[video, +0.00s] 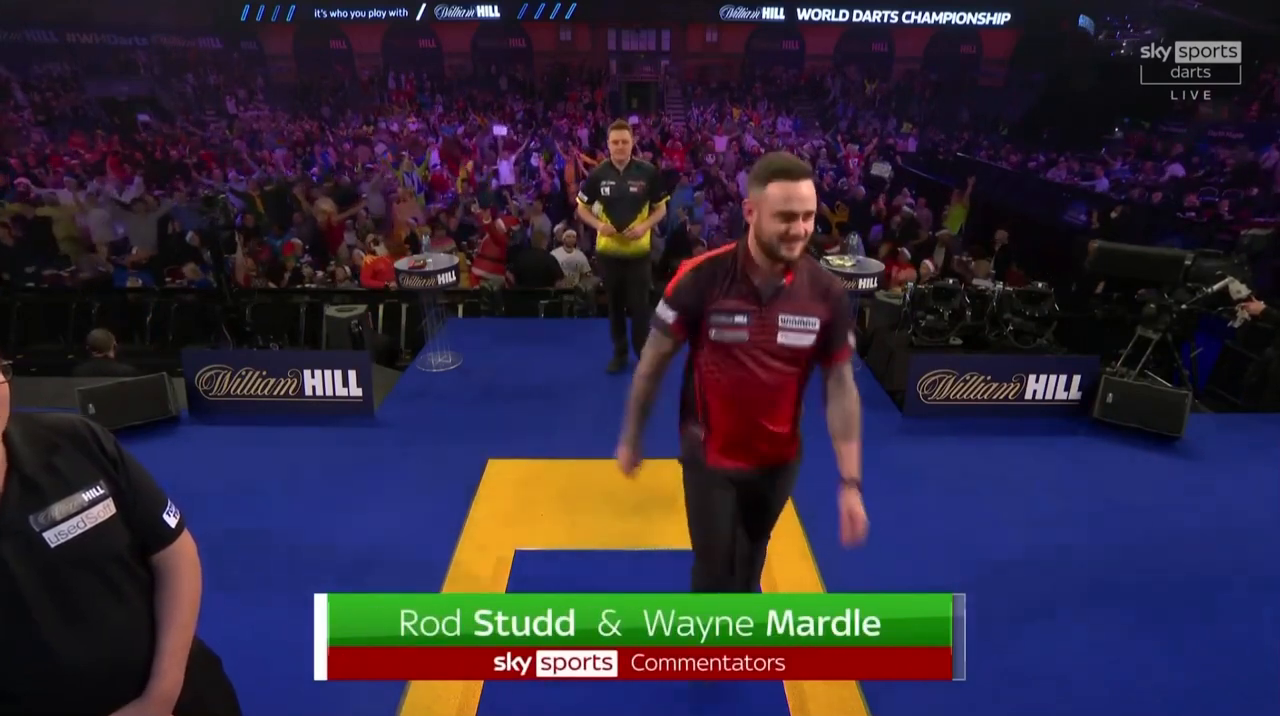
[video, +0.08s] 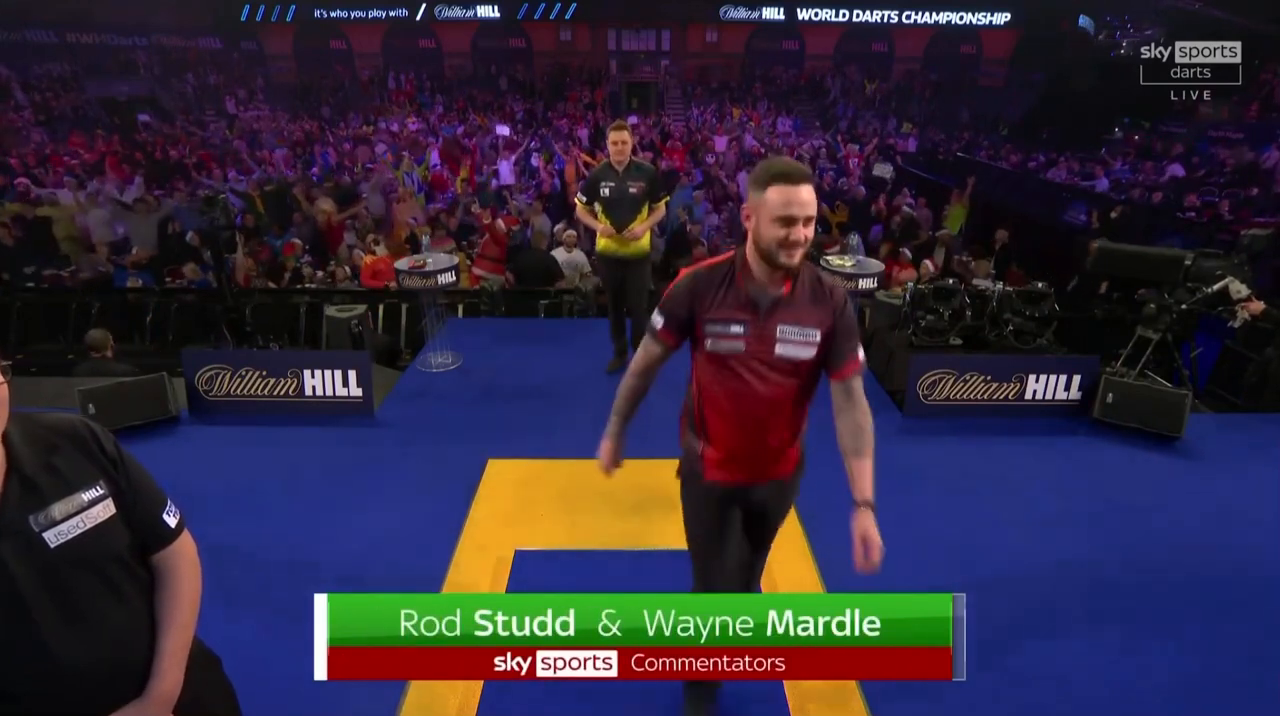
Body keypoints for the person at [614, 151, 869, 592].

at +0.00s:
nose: (799, 229)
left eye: (808, 217)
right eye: (786, 217)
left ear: (816, 213)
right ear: (750, 211)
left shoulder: (827, 294)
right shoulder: (700, 281)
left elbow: (841, 385)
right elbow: (653, 359)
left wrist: (851, 483)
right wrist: (631, 437)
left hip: (777, 459)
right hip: (711, 456)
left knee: (748, 570)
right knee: (717, 575)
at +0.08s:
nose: (799, 235)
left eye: (808, 222)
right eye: (785, 221)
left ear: (817, 222)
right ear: (748, 217)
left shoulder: (829, 301)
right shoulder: (698, 288)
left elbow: (851, 401)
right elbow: (647, 360)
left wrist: (863, 504)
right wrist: (614, 430)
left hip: (777, 472)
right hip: (709, 470)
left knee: (747, 582)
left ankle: (720, 662)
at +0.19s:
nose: (789, 248)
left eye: (799, 235)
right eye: (774, 234)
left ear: (810, 238)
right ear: (737, 233)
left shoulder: (829, 323)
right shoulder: (690, 306)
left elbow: (856, 424)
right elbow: (641, 374)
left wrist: (869, 530)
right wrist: (604, 443)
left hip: (779, 506)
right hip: (706, 504)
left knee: (734, 616)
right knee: (712, 638)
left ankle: (700, 682)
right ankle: (700, 706)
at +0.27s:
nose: (773, 257)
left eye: (786, 243)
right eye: (758, 241)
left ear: (798, 248)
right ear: (723, 241)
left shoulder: (824, 336)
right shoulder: (681, 320)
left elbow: (854, 441)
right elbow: (639, 388)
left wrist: (864, 550)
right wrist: (606, 459)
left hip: (776, 528)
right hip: (698, 524)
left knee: (747, 623)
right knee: (703, 656)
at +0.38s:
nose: (750, 265)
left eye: (765, 251)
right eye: (734, 249)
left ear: (783, 261)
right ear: (702, 254)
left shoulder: (817, 352)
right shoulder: (664, 338)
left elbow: (853, 468)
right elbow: (637, 412)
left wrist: (852, 580)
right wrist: (616, 497)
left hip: (771, 565)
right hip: (683, 559)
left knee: (770, 665)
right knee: (694, 689)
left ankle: (770, 676)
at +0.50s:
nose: (736, 275)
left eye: (754, 258)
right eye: (720, 257)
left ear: (777, 261)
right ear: (690, 256)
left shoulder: (816, 366)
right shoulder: (653, 346)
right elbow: (632, 440)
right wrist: (616, 544)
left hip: (764, 595)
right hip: (673, 583)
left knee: (758, 705)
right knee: (689, 702)